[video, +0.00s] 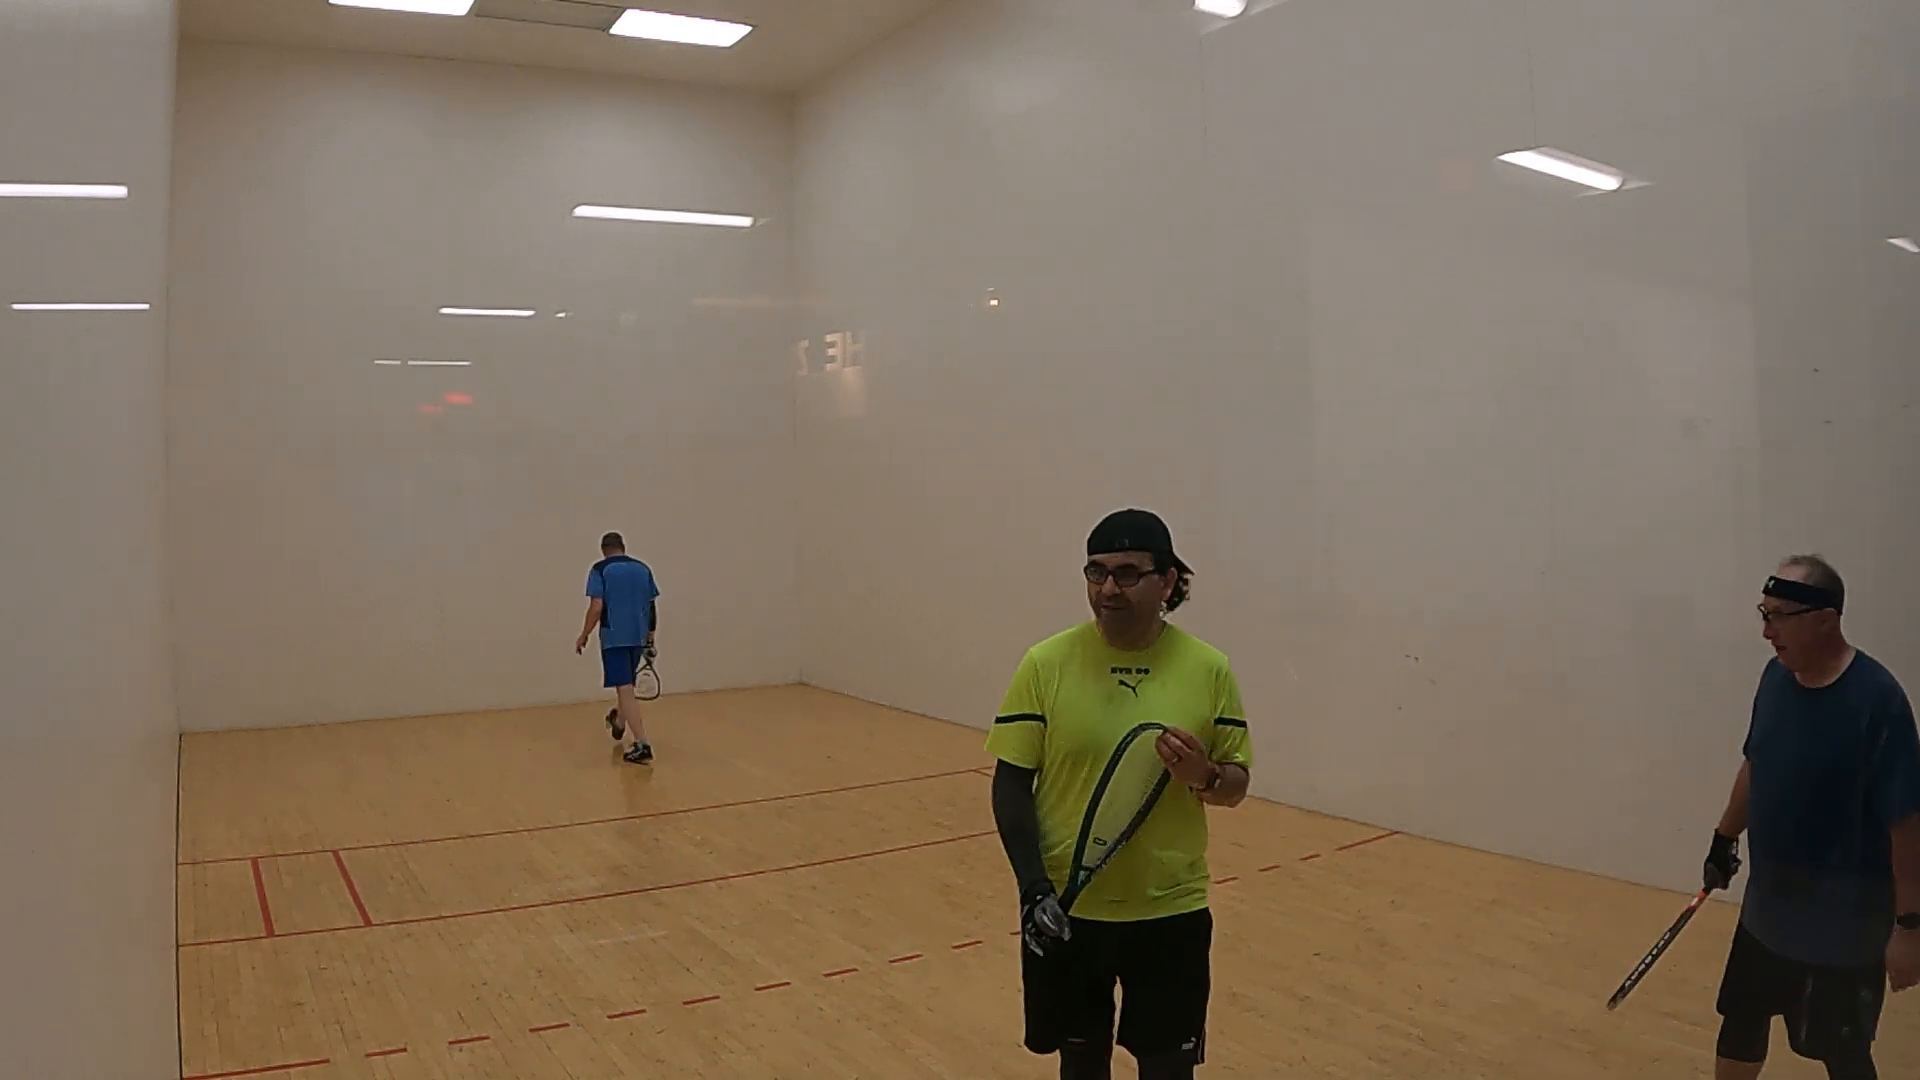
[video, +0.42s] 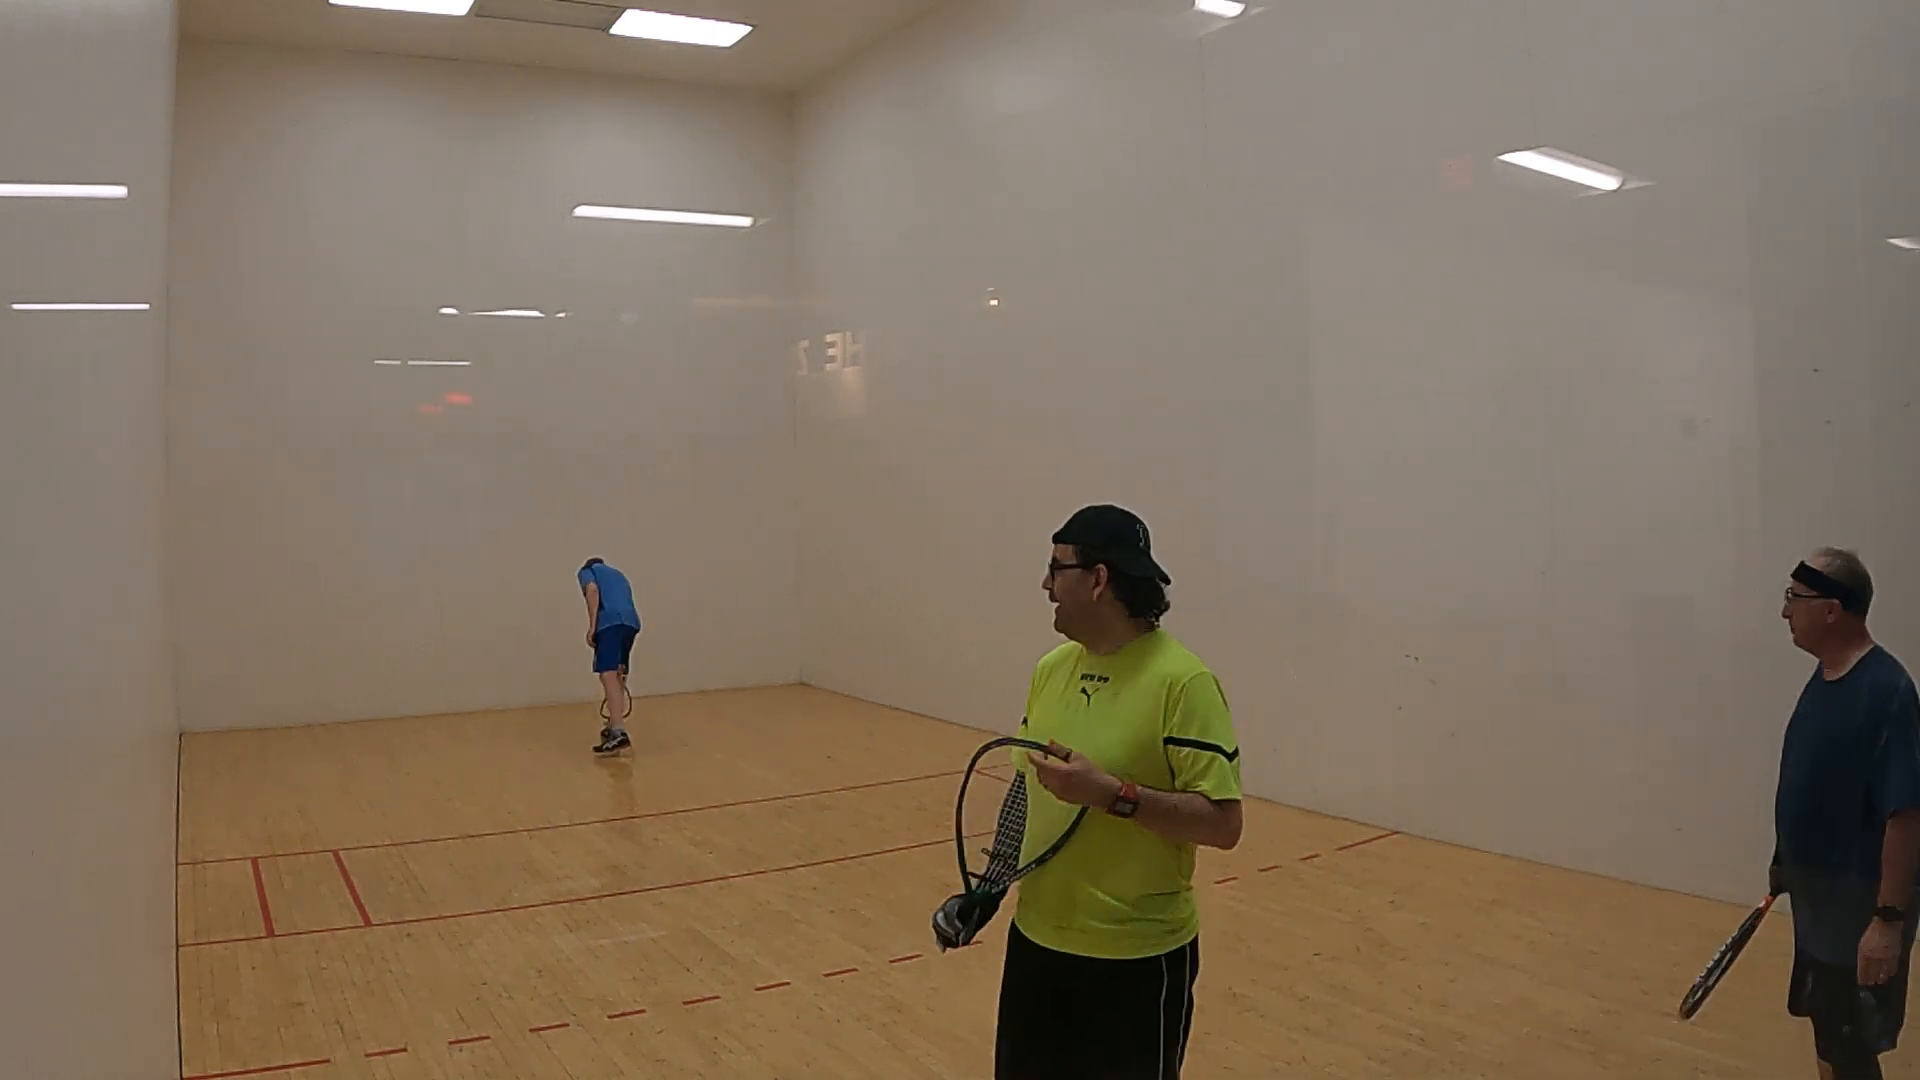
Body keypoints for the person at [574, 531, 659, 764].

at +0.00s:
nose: (607, 554)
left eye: (605, 550)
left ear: (603, 550)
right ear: (624, 548)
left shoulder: (600, 569)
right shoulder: (642, 568)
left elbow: (596, 606)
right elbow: (651, 606)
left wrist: (585, 634)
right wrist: (651, 636)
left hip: (614, 639)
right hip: (639, 637)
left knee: (625, 689)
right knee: (627, 683)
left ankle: (642, 744)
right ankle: (618, 719)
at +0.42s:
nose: (586, 573)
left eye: (585, 570)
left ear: (588, 566)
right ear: (603, 564)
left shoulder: (587, 570)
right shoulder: (618, 574)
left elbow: (592, 590)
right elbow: (625, 606)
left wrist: (592, 626)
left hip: (610, 621)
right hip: (631, 622)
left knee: (607, 674)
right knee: (619, 674)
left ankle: (617, 730)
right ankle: (615, 723)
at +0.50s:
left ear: (585, 568)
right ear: (599, 566)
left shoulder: (585, 571)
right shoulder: (615, 575)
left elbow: (591, 589)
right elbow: (622, 605)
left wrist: (591, 624)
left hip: (610, 619)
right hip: (630, 620)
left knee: (609, 673)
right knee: (619, 672)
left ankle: (612, 731)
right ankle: (616, 719)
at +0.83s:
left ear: (581, 568)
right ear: (595, 567)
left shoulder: (581, 572)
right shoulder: (611, 576)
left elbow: (587, 590)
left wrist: (588, 625)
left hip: (607, 619)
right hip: (627, 620)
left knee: (606, 673)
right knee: (614, 673)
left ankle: (609, 729)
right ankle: (612, 727)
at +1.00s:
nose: (580, 571)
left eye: (579, 568)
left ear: (581, 564)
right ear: (597, 561)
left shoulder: (580, 570)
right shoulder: (611, 571)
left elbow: (585, 591)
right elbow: (615, 603)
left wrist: (586, 626)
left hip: (603, 622)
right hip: (625, 622)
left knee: (599, 675)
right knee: (613, 674)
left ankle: (607, 730)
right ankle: (612, 725)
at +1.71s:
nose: (587, 559)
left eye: (586, 556)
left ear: (585, 554)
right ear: (606, 549)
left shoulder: (582, 567)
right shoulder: (626, 563)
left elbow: (583, 600)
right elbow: (638, 595)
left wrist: (581, 638)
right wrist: (635, 626)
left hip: (600, 633)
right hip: (631, 632)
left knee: (599, 686)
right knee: (628, 688)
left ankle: (601, 740)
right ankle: (632, 745)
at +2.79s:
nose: (622, 554)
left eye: (615, 551)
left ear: (613, 550)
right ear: (637, 547)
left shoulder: (604, 573)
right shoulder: (659, 569)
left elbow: (599, 612)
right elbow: (670, 611)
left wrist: (598, 650)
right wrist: (674, 646)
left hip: (620, 652)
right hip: (652, 651)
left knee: (619, 707)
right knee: (653, 708)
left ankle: (618, 762)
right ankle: (657, 772)